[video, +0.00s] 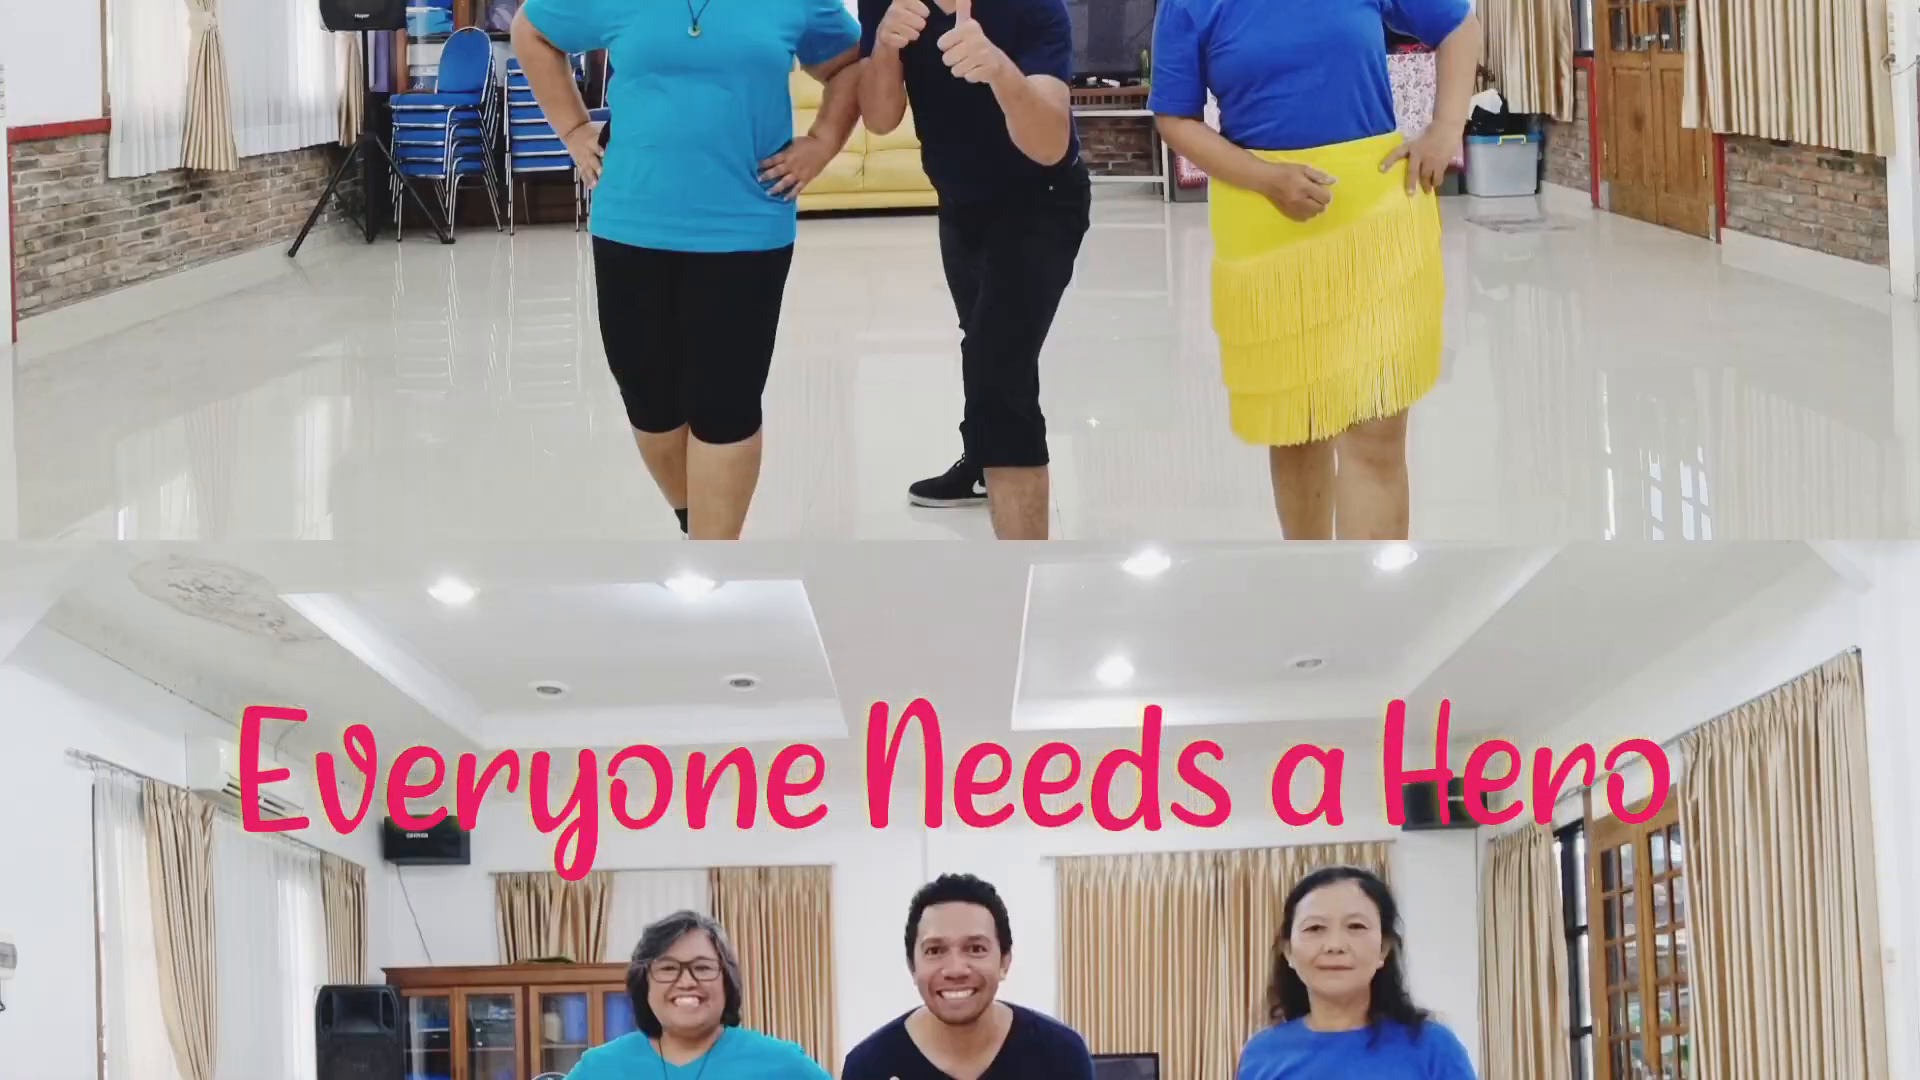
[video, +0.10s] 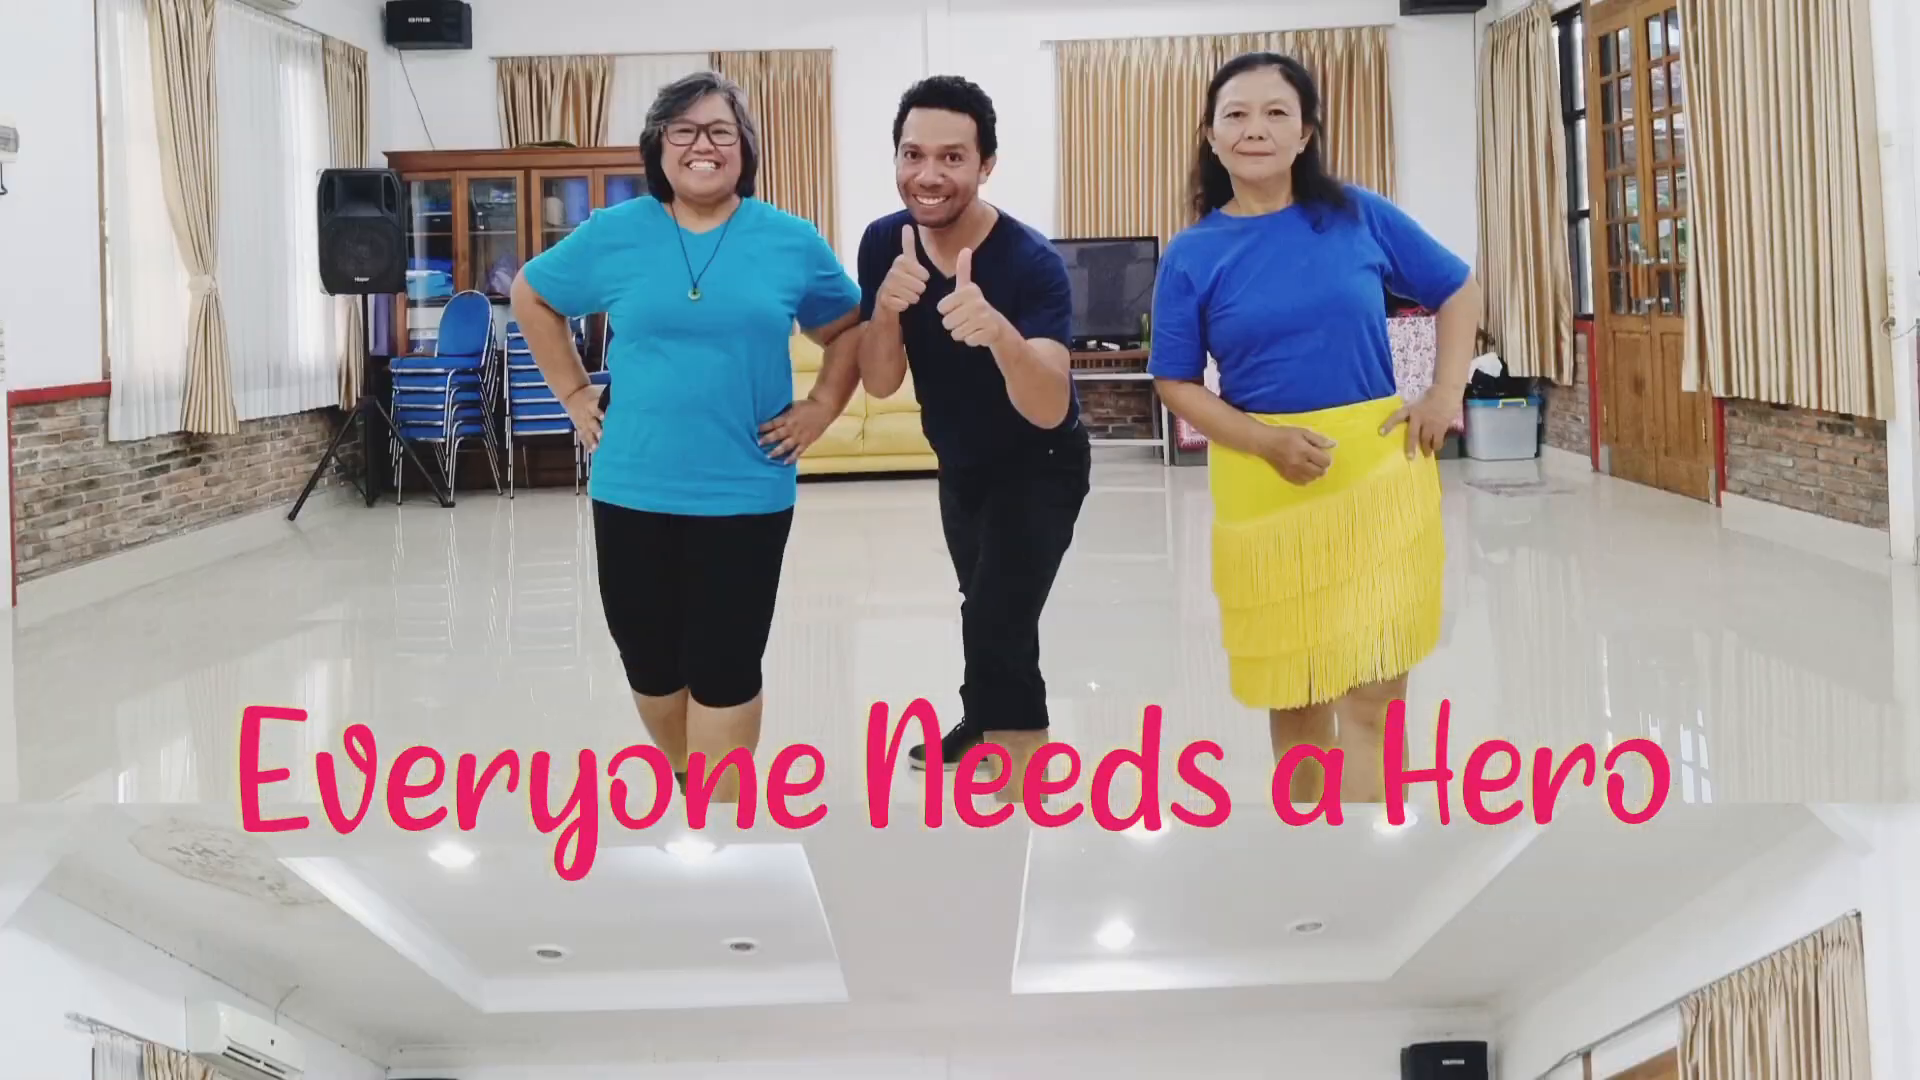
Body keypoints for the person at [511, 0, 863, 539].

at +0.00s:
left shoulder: (797, 6)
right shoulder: (614, 5)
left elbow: (849, 65)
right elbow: (530, 29)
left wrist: (821, 144)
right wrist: (575, 128)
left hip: (745, 227)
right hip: (631, 223)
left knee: (724, 413)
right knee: (653, 411)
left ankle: (707, 577)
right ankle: (695, 526)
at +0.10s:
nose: (703, 144)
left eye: (720, 132)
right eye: (686, 131)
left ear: (746, 150)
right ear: (659, 149)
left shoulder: (790, 241)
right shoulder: (615, 232)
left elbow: (848, 331)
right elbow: (530, 294)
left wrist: (822, 406)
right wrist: (573, 393)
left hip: (744, 499)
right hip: (632, 495)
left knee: (723, 682)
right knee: (654, 678)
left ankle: (720, 834)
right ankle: (685, 797)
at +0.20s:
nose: (703, 304)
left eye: (720, 292)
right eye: (686, 291)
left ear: (746, 310)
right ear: (659, 309)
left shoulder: (789, 401)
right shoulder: (614, 393)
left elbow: (848, 491)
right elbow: (530, 453)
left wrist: (822, 566)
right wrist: (574, 553)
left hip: (745, 657)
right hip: (633, 653)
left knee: (725, 837)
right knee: (654, 837)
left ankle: (707, 997)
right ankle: (700, 958)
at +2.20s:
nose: (703, 421)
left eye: (720, 409)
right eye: (686, 408)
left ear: (746, 427)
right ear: (659, 424)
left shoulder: (790, 518)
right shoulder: (613, 510)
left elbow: (848, 606)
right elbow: (530, 570)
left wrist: (822, 681)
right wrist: (574, 667)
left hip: (745, 774)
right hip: (632, 774)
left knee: (724, 959)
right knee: (656, 963)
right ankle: (703, 1066)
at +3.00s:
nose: (703, 421)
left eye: (720, 409)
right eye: (686, 408)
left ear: (746, 428)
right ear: (659, 425)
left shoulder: (790, 518)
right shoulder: (613, 510)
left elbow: (848, 607)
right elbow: (530, 570)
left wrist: (821, 682)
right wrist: (574, 667)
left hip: (745, 774)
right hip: (632, 774)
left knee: (725, 959)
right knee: (656, 962)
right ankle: (703, 1066)